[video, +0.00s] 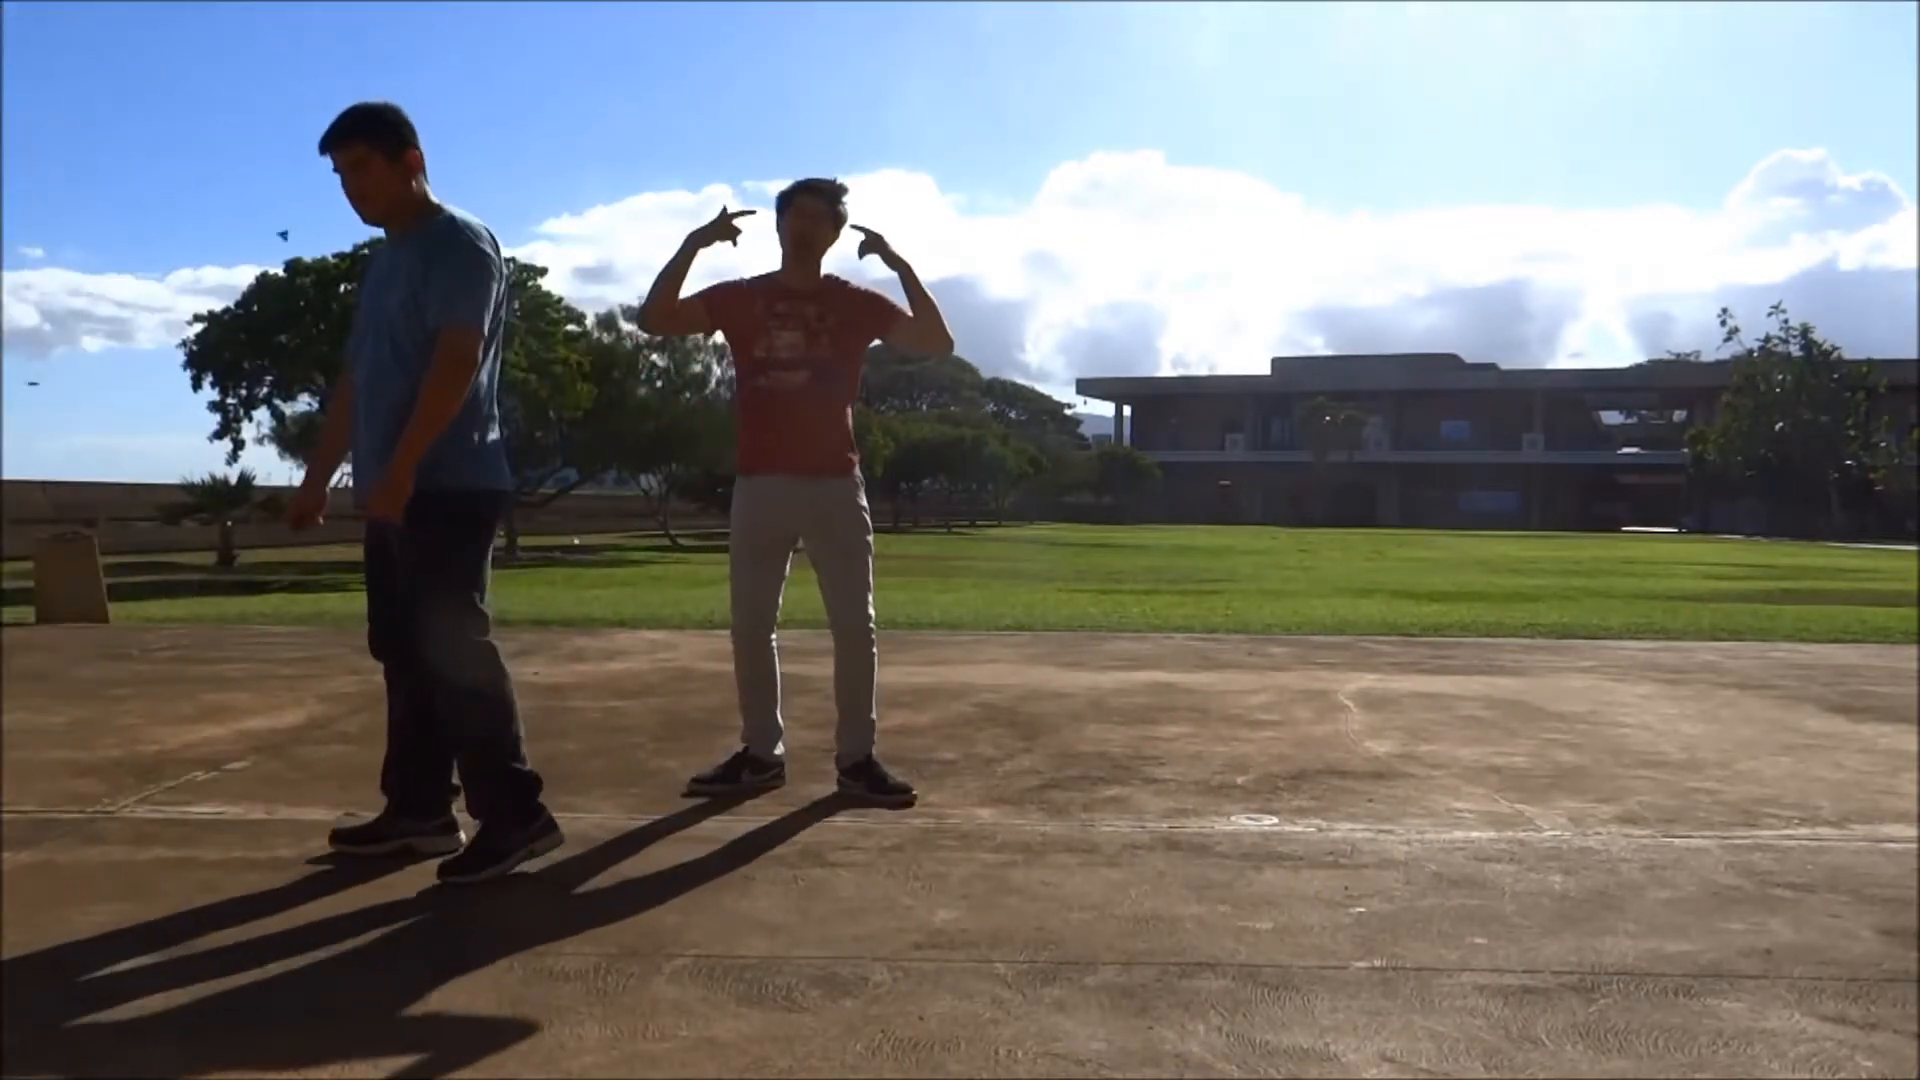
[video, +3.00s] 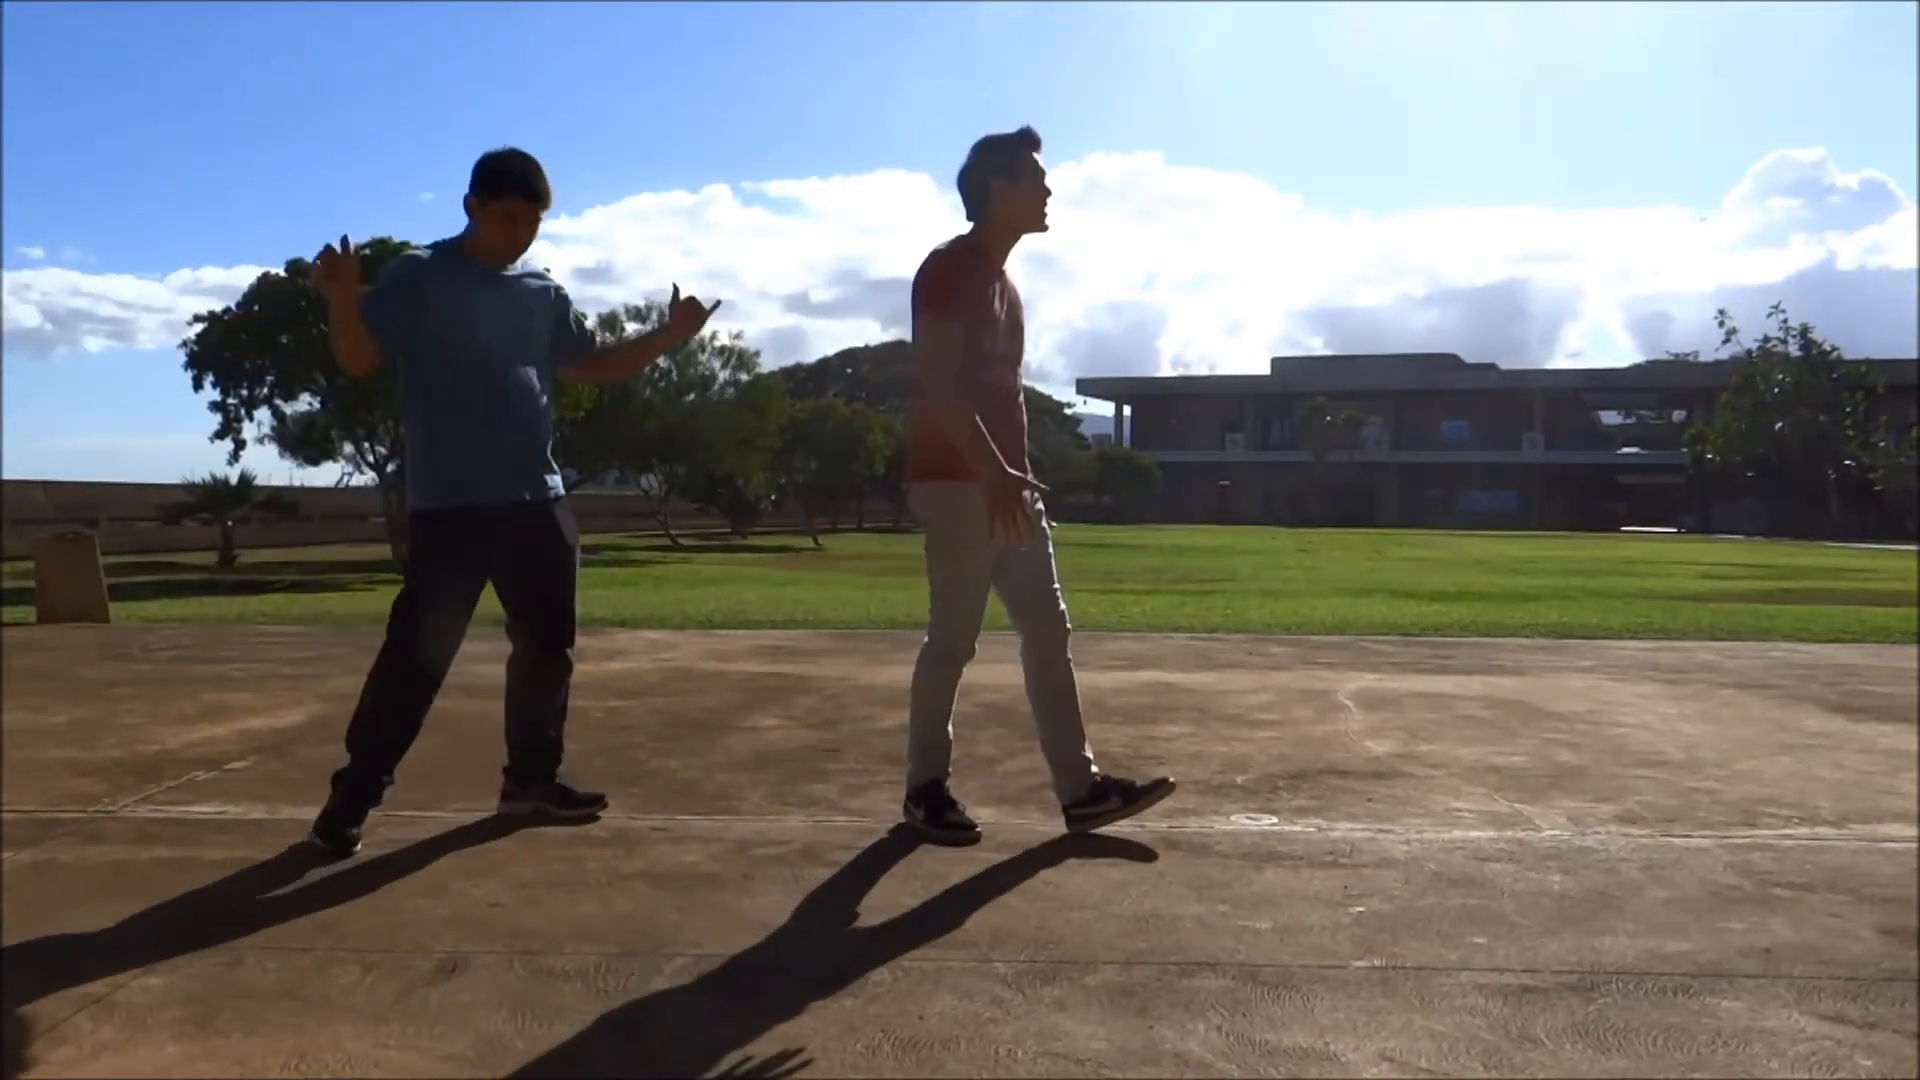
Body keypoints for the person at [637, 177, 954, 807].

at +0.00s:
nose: (810, 225)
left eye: (822, 217)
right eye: (800, 214)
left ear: (837, 231)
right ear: (780, 223)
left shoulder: (853, 302)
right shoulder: (742, 298)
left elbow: (936, 341)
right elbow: (656, 316)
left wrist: (901, 265)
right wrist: (694, 243)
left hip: (835, 488)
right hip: (761, 486)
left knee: (855, 626)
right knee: (751, 628)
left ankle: (858, 760)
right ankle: (761, 755)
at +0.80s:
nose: (884, 215)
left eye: (896, 206)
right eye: (873, 206)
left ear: (915, 218)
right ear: (855, 218)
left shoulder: (932, 304)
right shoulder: (822, 281)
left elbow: (1015, 349)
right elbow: (735, 289)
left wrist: (1002, 286)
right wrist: (771, 238)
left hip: (891, 483)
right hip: (818, 475)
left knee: (876, 626)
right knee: (785, 614)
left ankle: (859, 761)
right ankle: (760, 745)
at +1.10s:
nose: (910, 213)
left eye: (917, 203)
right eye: (896, 203)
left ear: (928, 215)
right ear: (868, 216)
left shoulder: (946, 306)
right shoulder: (831, 284)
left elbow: (1010, 376)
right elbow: (746, 326)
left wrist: (978, 352)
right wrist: (805, 325)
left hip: (907, 482)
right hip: (838, 476)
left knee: (882, 625)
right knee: (829, 621)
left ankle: (859, 760)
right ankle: (811, 760)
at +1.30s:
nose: (924, 210)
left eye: (925, 200)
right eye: (909, 200)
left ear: (926, 215)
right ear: (873, 215)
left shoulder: (951, 305)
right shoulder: (835, 289)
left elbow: (983, 389)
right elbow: (777, 371)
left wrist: (973, 427)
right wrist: (820, 404)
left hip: (916, 480)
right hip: (851, 476)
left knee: (890, 620)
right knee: (865, 615)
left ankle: (865, 754)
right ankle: (860, 760)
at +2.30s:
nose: (987, 192)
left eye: (983, 180)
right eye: (973, 181)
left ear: (951, 196)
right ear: (930, 195)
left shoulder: (983, 285)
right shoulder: (879, 279)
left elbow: (1001, 389)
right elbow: (838, 392)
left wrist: (1039, 480)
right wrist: (843, 492)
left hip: (983, 484)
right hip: (917, 485)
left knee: (1000, 626)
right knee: (932, 635)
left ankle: (903, 718)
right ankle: (927, 788)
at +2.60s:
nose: (1003, 188)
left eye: (1002, 176)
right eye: (988, 176)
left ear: (983, 191)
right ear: (944, 188)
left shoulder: (991, 283)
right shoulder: (900, 274)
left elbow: (995, 390)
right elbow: (876, 391)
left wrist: (1018, 471)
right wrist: (897, 489)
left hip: (996, 485)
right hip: (933, 488)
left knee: (1029, 624)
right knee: (937, 640)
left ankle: (976, 768)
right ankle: (925, 787)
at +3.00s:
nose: (1048, 188)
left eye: (1043, 175)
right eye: (1035, 176)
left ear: (1011, 191)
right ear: (996, 191)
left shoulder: (1005, 285)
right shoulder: (951, 271)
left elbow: (1001, 391)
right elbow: (941, 388)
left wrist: (1018, 474)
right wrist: (994, 471)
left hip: (1007, 478)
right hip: (956, 481)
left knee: (1046, 630)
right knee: (953, 638)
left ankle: (1081, 787)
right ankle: (926, 791)